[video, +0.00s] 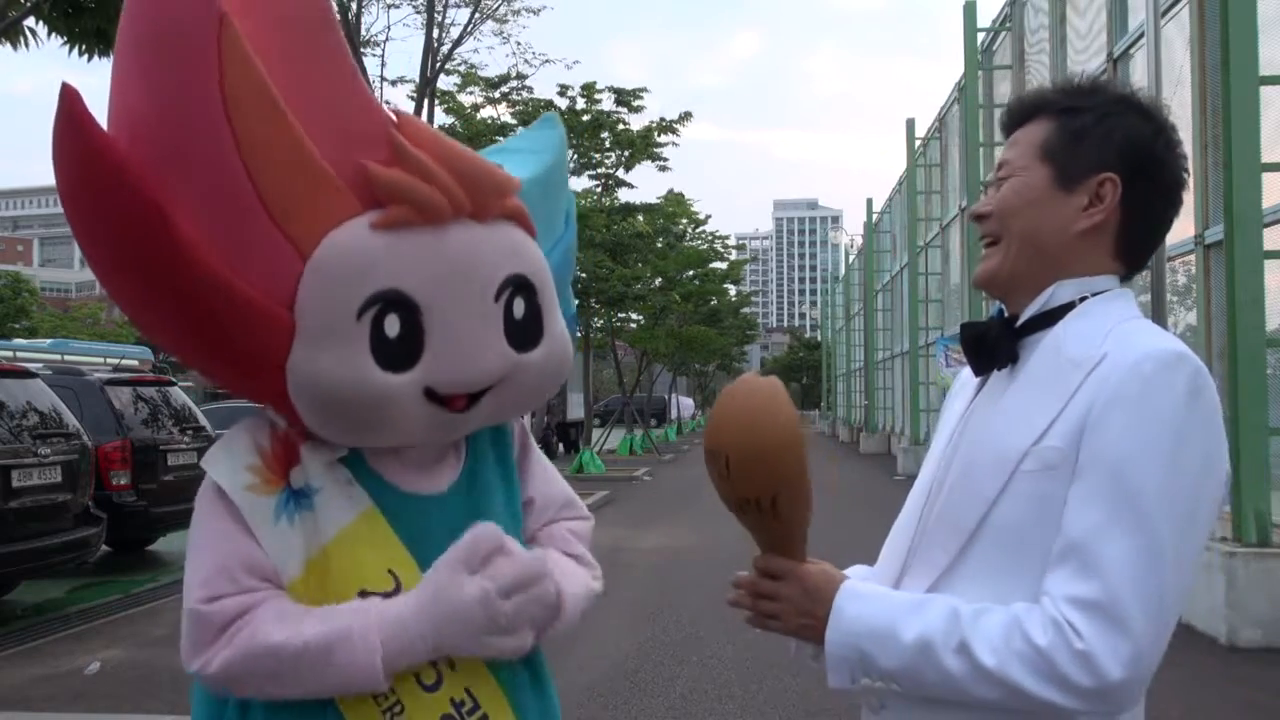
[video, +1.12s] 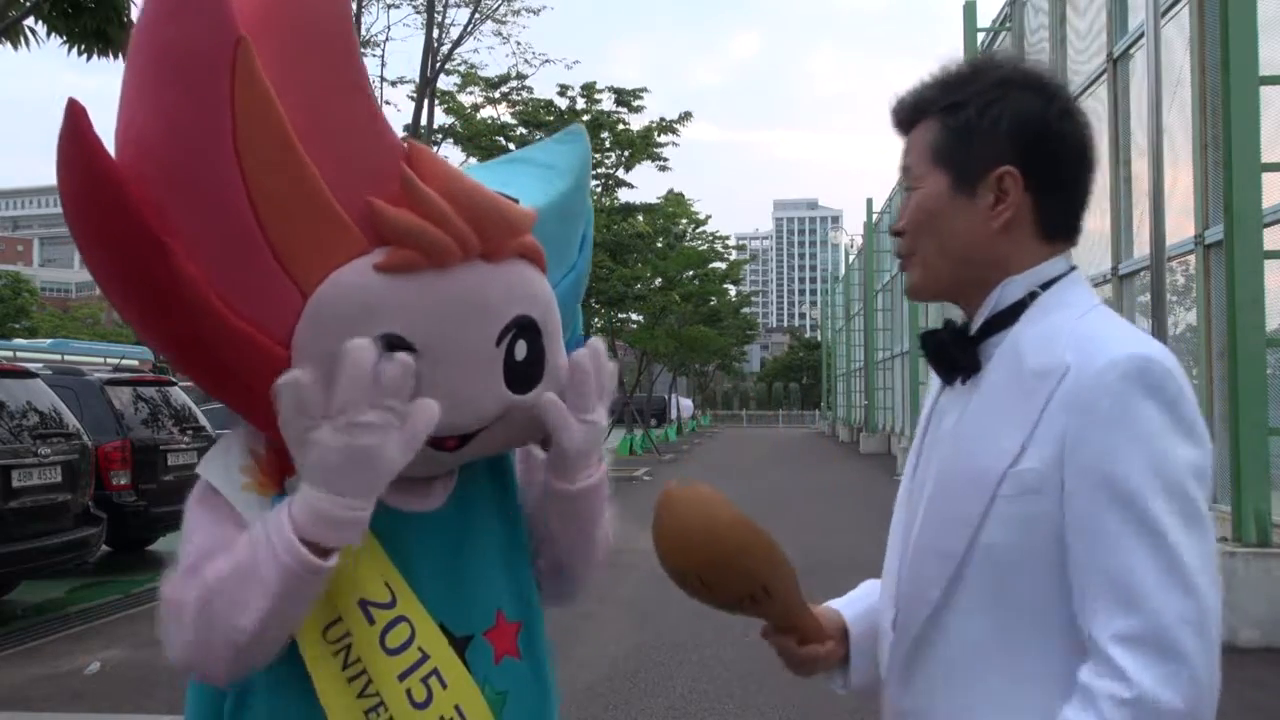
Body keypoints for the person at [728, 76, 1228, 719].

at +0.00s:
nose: (977, 208)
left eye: (1004, 178)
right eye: (990, 184)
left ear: (1095, 201)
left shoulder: (1150, 373)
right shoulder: (983, 372)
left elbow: (1093, 658)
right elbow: (935, 576)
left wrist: (846, 619)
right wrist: (828, 597)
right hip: (901, 702)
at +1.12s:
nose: (894, 221)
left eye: (910, 188)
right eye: (902, 191)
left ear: (1000, 196)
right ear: (998, 199)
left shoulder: (1116, 375)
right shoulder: (966, 365)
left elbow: (1155, 682)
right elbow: (949, 580)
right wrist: (845, 627)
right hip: (919, 705)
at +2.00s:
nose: (935, 222)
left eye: (954, 186)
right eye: (943, 190)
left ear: (1042, 198)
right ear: (1035, 200)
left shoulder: (1142, 356)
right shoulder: (1011, 356)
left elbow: (1139, 668)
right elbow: (964, 551)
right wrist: (823, 574)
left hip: (1020, 705)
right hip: (931, 701)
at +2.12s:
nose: (979, 226)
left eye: (996, 190)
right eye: (985, 194)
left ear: (1090, 203)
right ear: (1085, 205)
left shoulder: (1159, 373)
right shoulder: (1074, 354)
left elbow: (1131, 691)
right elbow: (931, 458)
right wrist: (800, 379)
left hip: (1011, 708)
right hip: (934, 696)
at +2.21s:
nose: (998, 234)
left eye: (1017, 198)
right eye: (1007, 202)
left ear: (1115, 208)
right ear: (1114, 211)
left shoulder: (1158, 385)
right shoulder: (1093, 356)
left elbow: (1134, 700)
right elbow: (949, 369)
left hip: (990, 706)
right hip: (932, 699)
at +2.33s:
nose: (999, 228)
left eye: (1019, 195)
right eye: (1008, 199)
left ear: (1118, 208)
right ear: (1117, 211)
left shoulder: (1153, 390)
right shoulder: (1076, 351)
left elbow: (1143, 701)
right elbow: (988, 288)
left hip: (986, 704)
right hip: (930, 696)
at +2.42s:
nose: (993, 223)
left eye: (1011, 189)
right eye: (1002, 191)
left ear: (1109, 204)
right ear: (1108, 207)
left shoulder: (1149, 389)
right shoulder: (1085, 347)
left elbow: (1141, 700)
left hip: (985, 704)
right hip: (923, 694)